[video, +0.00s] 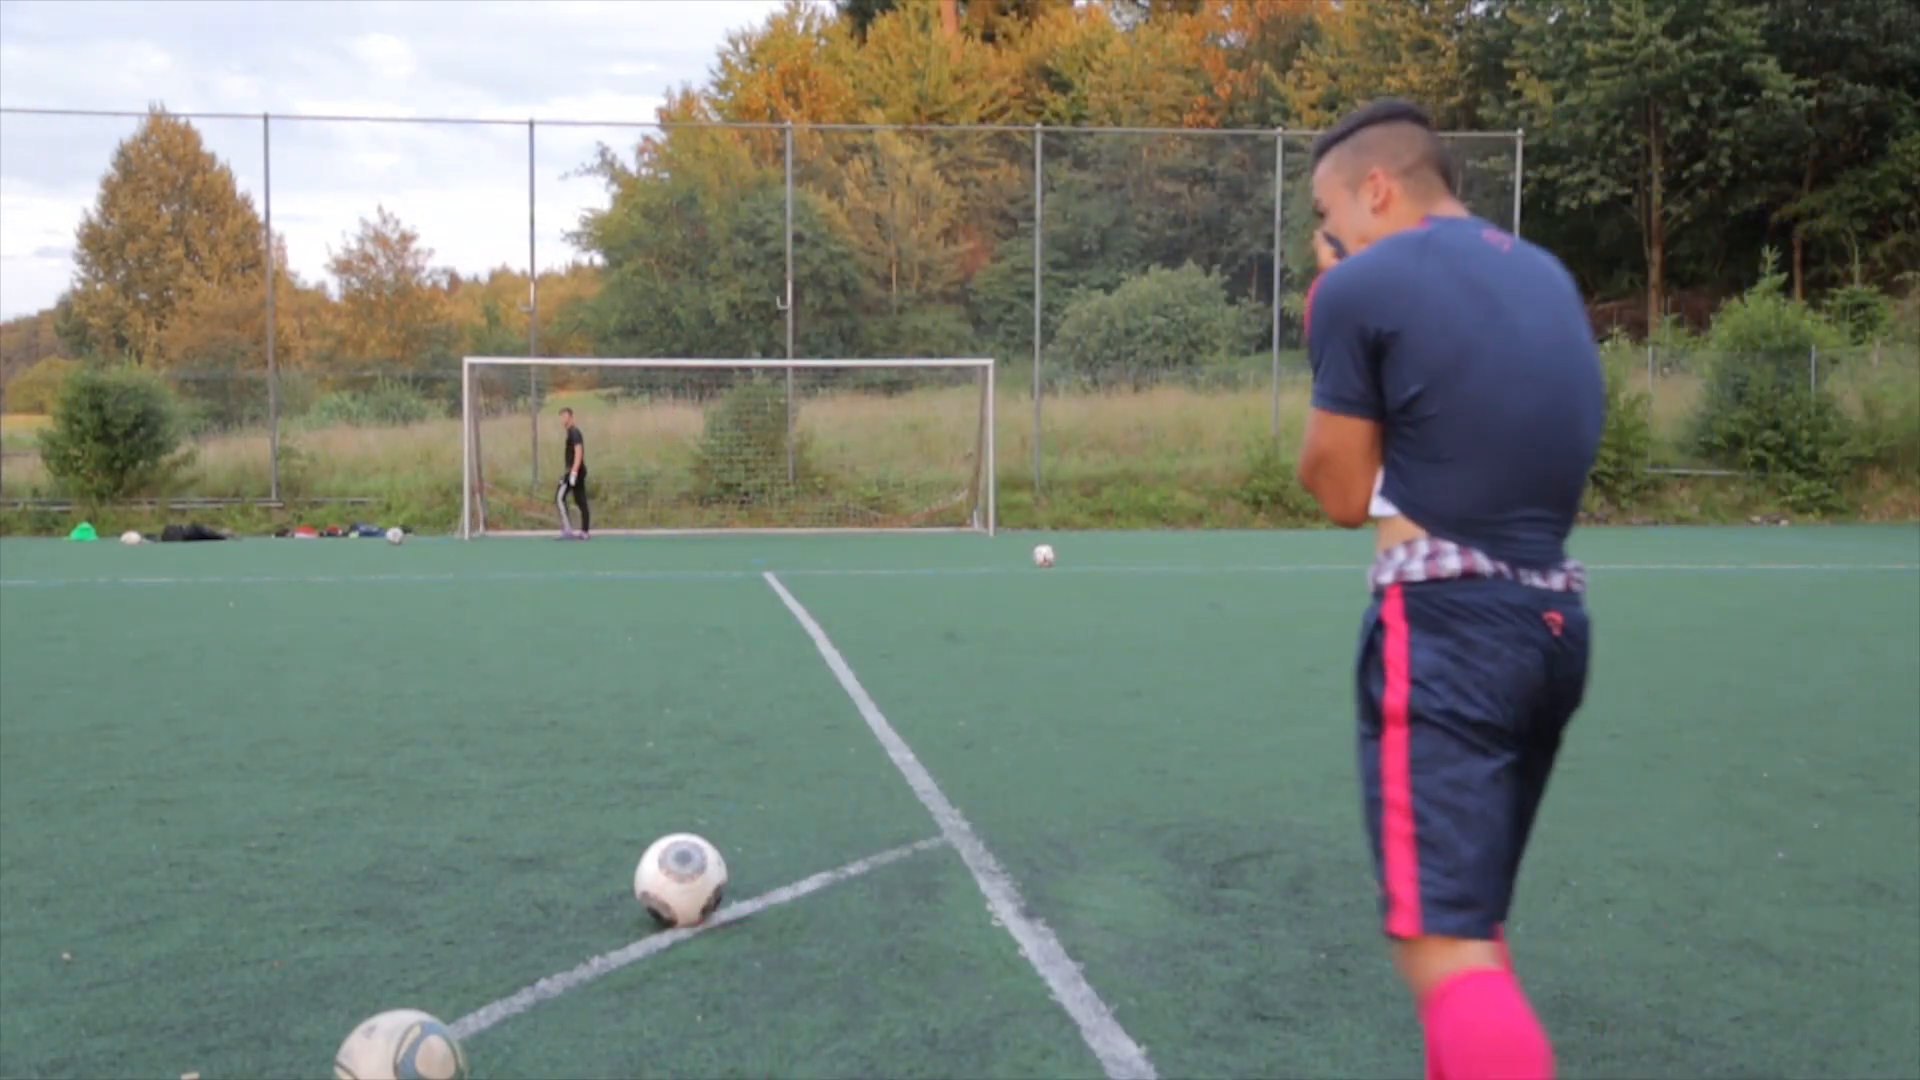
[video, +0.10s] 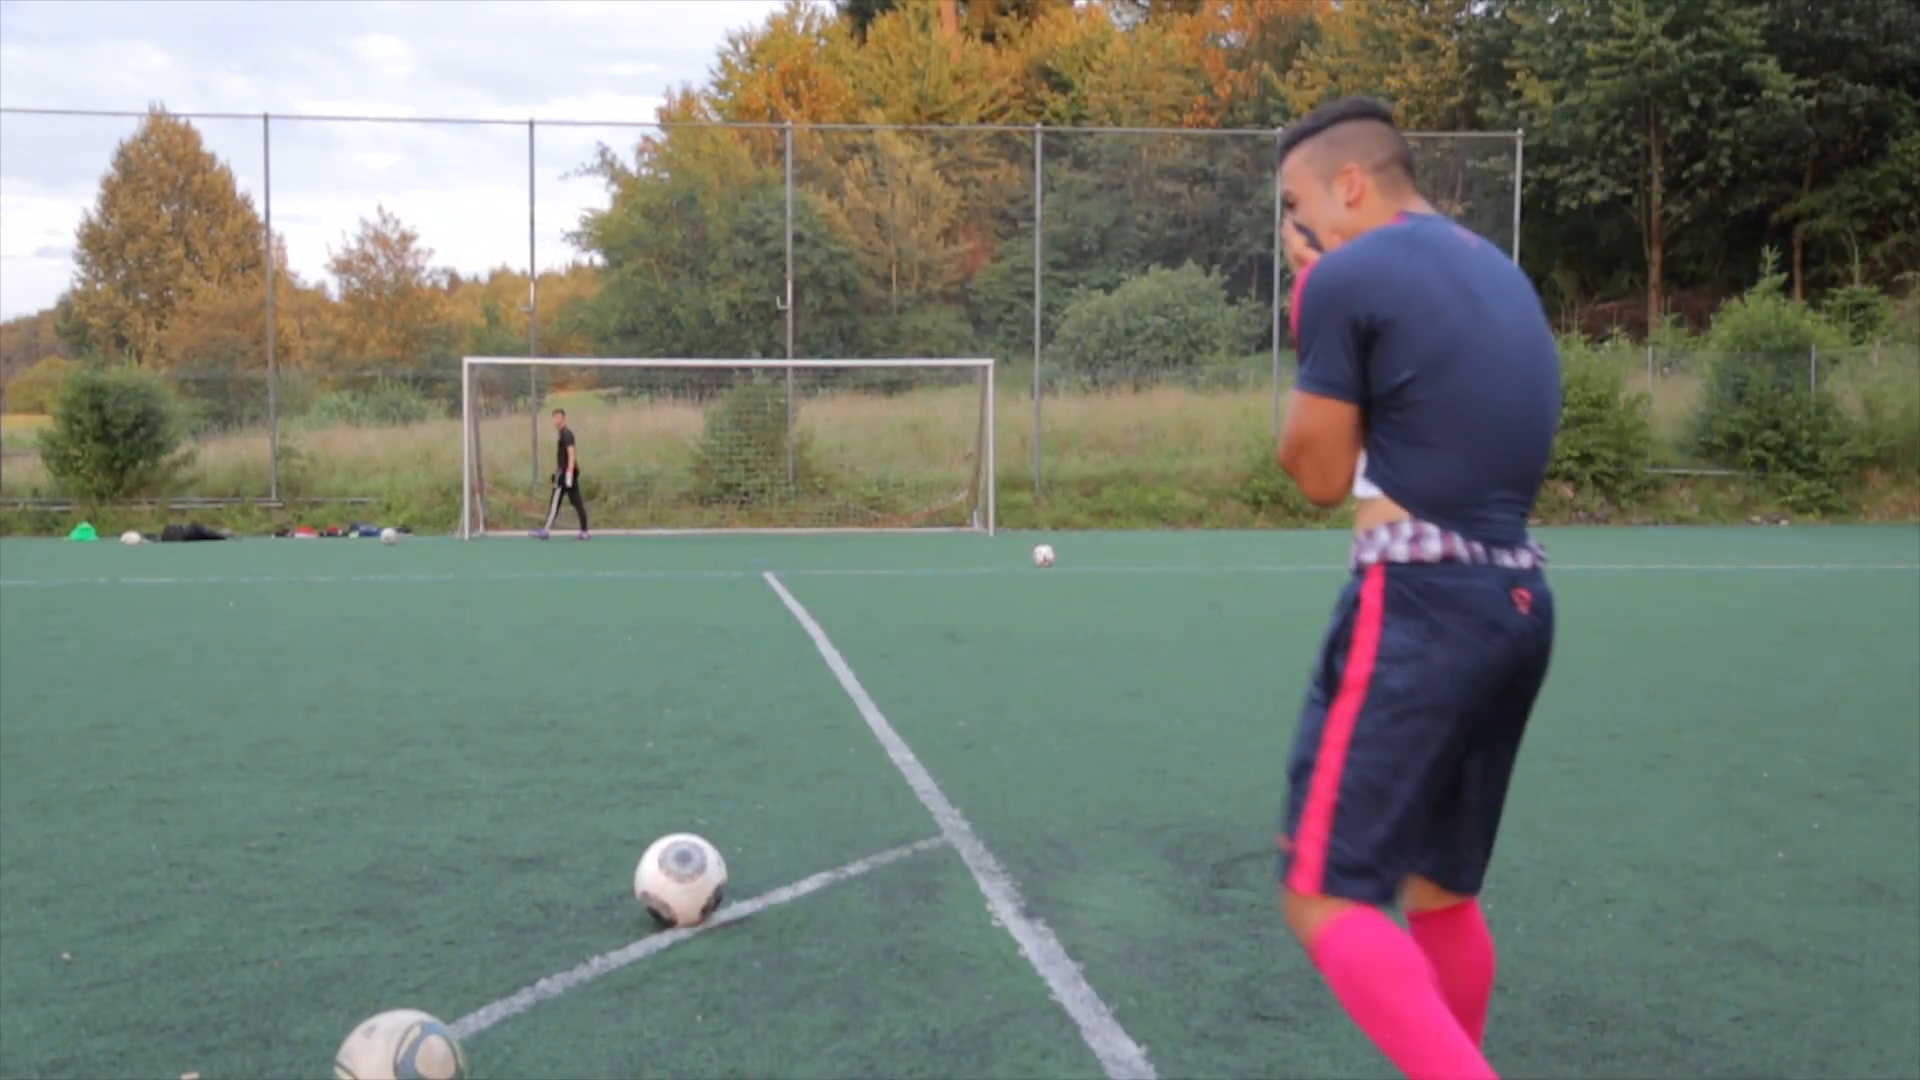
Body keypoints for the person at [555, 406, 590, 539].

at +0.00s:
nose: (562, 420)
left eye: (564, 417)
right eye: (561, 417)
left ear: (570, 417)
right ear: (564, 418)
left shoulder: (574, 433)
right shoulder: (571, 432)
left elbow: (578, 454)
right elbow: (574, 454)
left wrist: (573, 472)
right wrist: (568, 471)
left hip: (574, 470)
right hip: (576, 470)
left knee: (560, 497)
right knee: (581, 501)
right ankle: (585, 530)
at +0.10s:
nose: (555, 421)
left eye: (558, 417)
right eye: (554, 418)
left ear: (564, 418)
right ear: (554, 420)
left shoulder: (567, 434)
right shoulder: (562, 435)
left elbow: (571, 455)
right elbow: (563, 457)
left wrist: (569, 474)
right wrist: (557, 472)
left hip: (565, 472)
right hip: (567, 472)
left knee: (555, 502)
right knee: (577, 503)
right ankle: (584, 530)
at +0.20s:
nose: (547, 422)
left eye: (549, 418)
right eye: (546, 419)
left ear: (555, 419)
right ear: (547, 420)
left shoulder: (558, 435)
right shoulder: (554, 435)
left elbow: (562, 457)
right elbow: (554, 458)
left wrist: (563, 475)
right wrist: (548, 473)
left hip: (556, 474)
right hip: (557, 474)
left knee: (547, 503)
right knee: (569, 503)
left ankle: (539, 531)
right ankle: (582, 529)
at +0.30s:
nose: (539, 421)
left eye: (541, 417)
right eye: (538, 417)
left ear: (546, 419)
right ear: (537, 420)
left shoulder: (549, 435)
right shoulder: (546, 435)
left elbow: (552, 457)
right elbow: (546, 458)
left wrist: (553, 476)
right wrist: (539, 474)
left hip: (545, 474)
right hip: (546, 473)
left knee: (539, 502)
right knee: (553, 501)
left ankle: (536, 531)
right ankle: (574, 524)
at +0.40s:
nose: (531, 420)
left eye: (533, 417)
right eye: (530, 417)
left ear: (538, 418)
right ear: (529, 419)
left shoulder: (541, 435)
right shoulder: (537, 434)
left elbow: (542, 457)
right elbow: (537, 457)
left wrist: (540, 476)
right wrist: (532, 473)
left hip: (538, 472)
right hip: (535, 472)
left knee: (535, 502)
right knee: (536, 502)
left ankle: (535, 532)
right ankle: (559, 519)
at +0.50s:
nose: (522, 420)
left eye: (525, 417)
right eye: (521, 417)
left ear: (531, 418)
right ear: (521, 419)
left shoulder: (533, 434)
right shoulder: (529, 434)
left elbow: (533, 456)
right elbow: (530, 456)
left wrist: (526, 475)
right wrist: (525, 473)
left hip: (532, 471)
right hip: (527, 470)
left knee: (531, 499)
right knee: (518, 497)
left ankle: (536, 530)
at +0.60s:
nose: (515, 420)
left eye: (517, 417)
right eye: (514, 417)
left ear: (522, 418)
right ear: (513, 419)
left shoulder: (526, 434)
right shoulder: (520, 434)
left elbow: (524, 455)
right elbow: (521, 455)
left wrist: (512, 472)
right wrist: (515, 471)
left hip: (525, 470)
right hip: (519, 470)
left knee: (529, 501)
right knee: (507, 497)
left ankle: (535, 531)